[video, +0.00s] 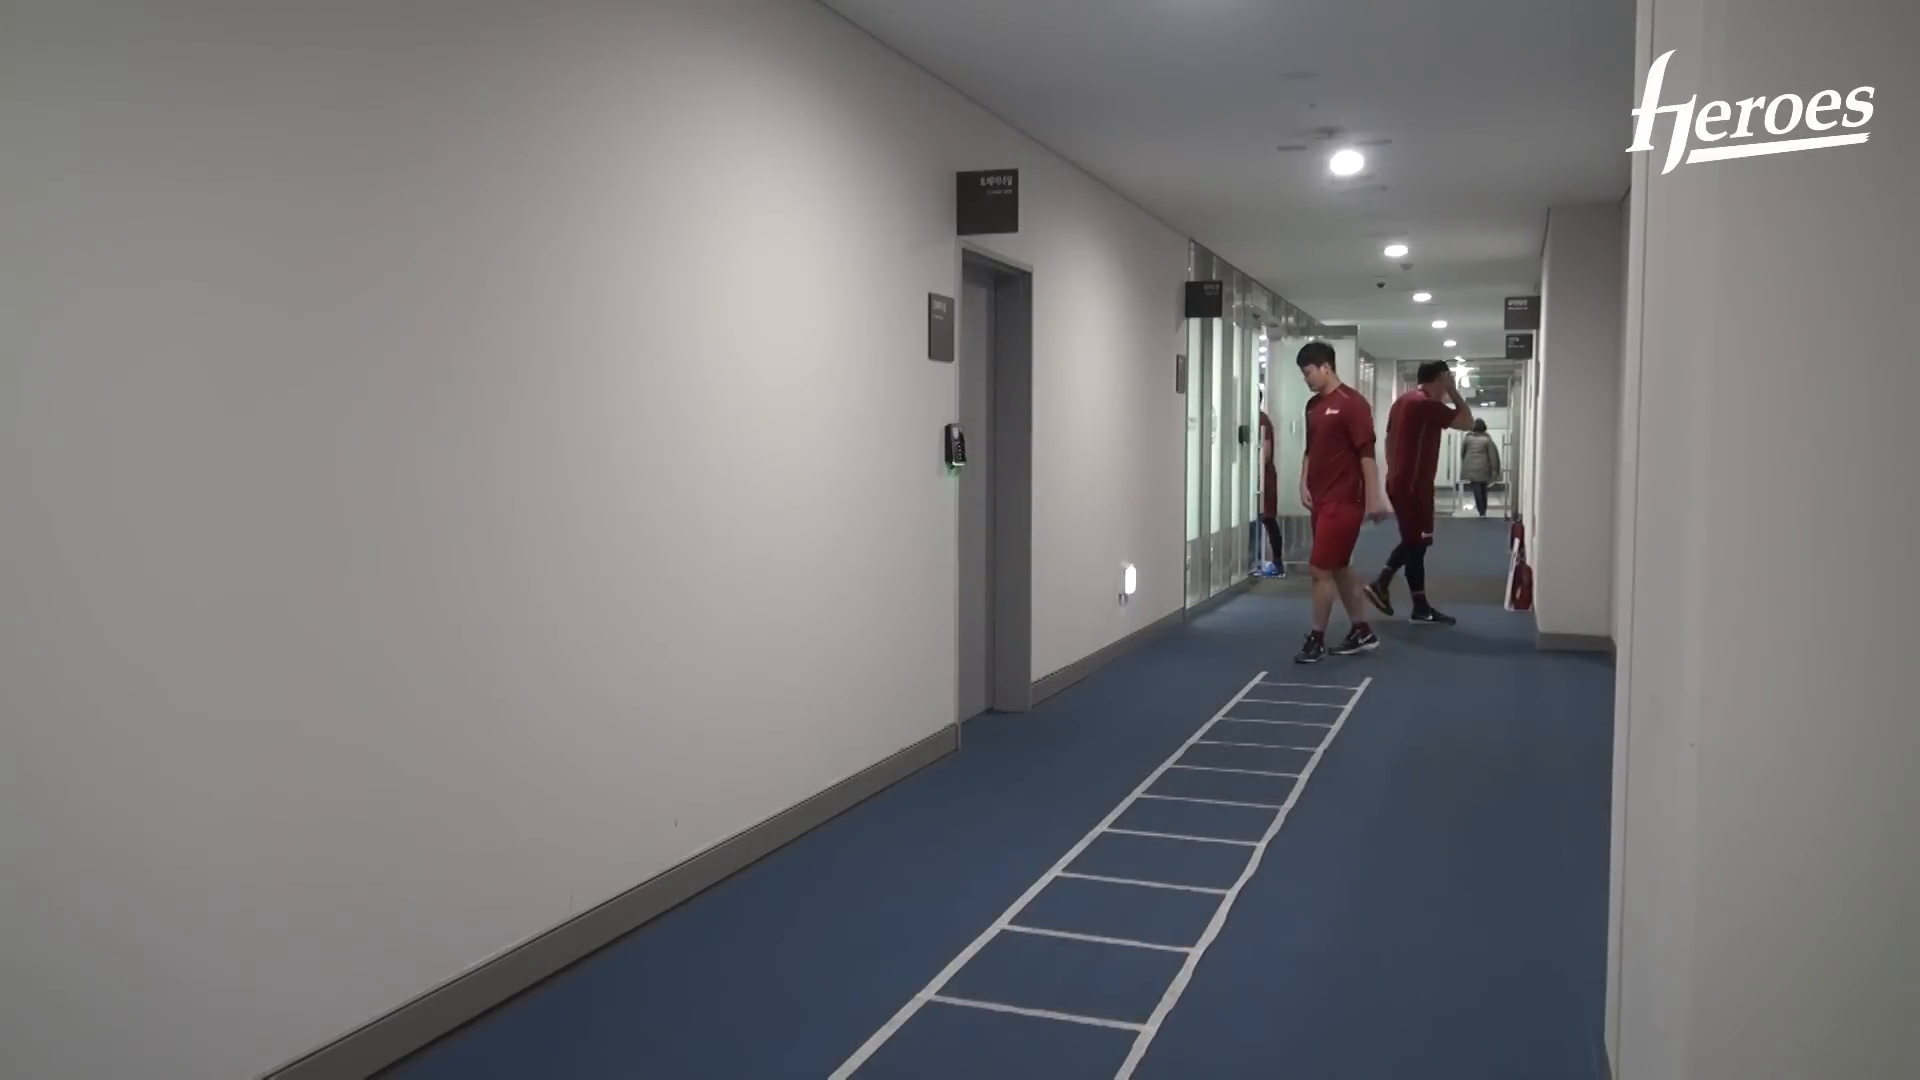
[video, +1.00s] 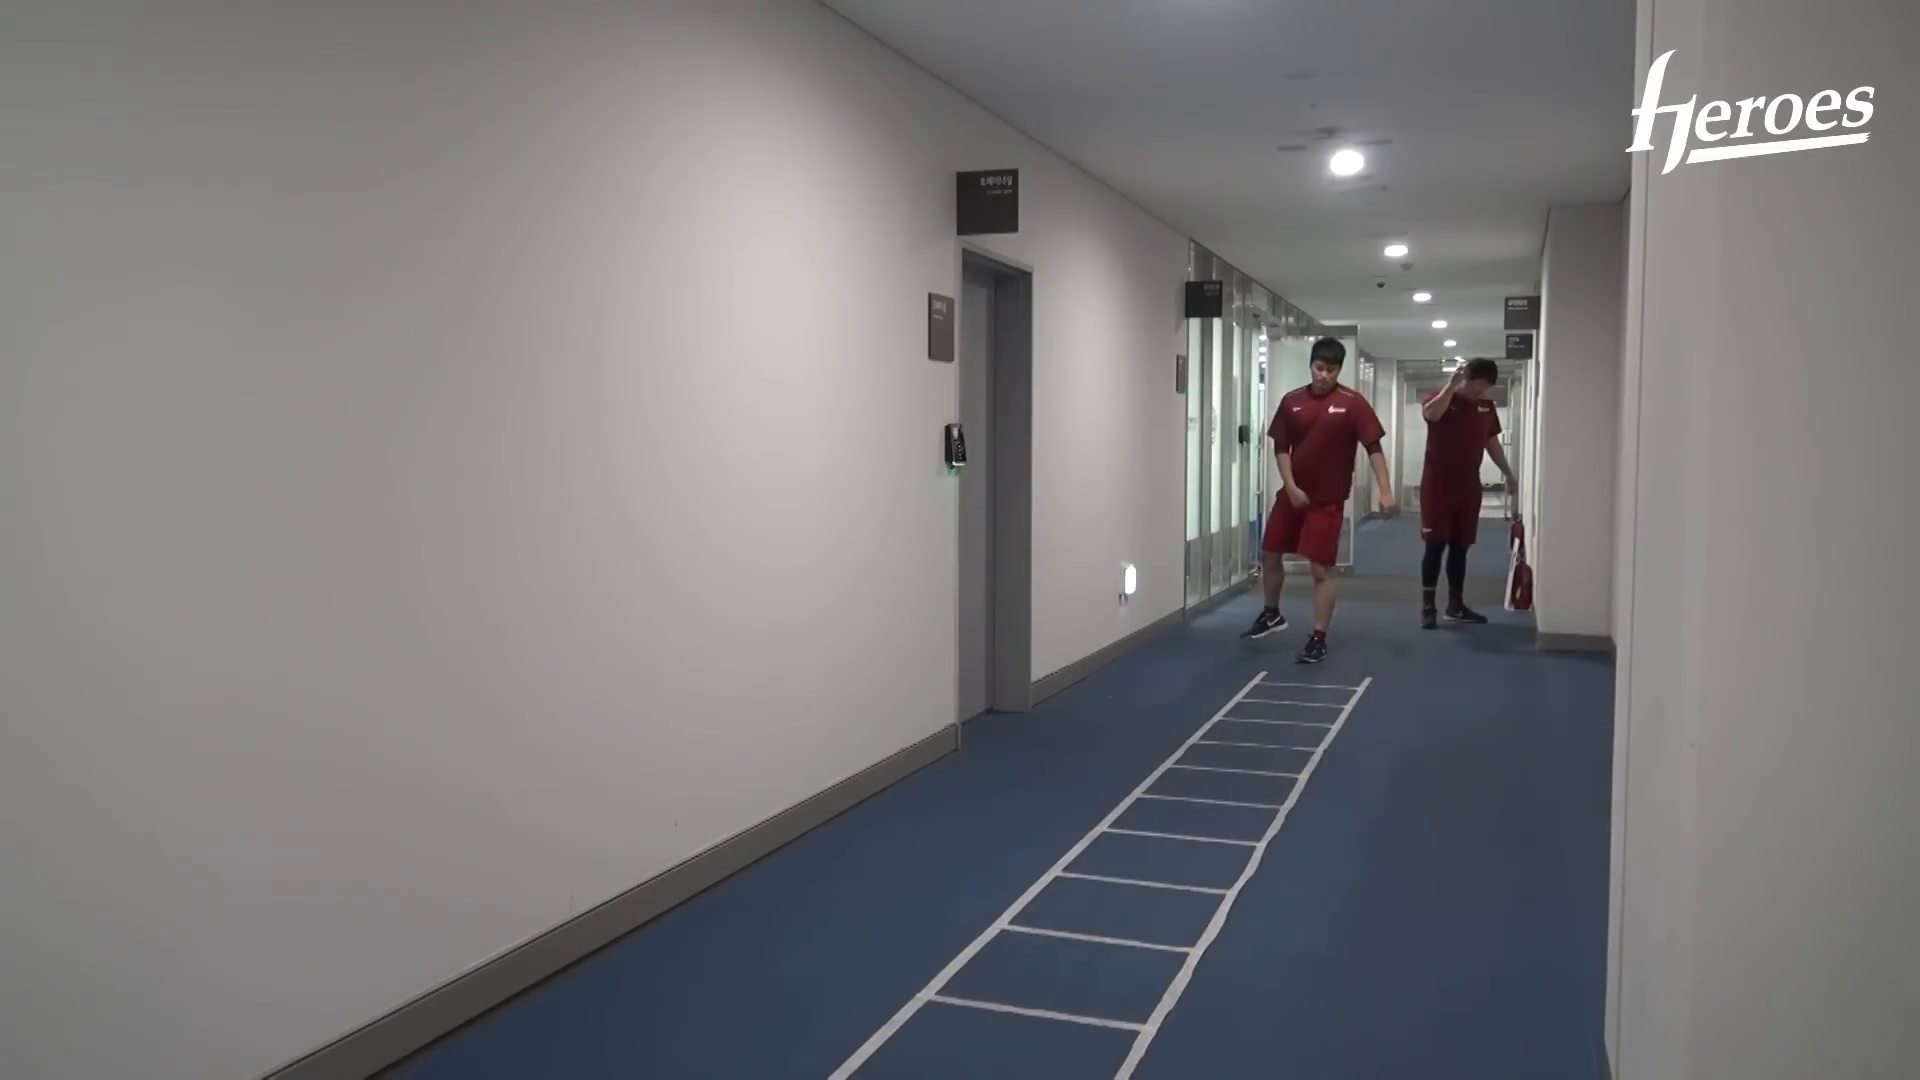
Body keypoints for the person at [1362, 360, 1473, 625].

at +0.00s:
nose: (1449, 387)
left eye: (1449, 382)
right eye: (1447, 382)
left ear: (1423, 381)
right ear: (1437, 381)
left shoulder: (1401, 402)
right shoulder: (1427, 405)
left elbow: (1390, 441)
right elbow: (1466, 420)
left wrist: (1393, 472)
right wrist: (1451, 391)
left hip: (1398, 482)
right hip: (1415, 484)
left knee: (1413, 541)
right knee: (1417, 543)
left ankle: (1380, 584)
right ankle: (1421, 607)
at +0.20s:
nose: (1463, 388)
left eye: (1463, 383)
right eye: (1462, 382)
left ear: (1442, 378)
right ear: (1453, 378)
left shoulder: (1432, 400)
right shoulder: (1430, 403)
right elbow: (1474, 421)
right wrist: (1463, 390)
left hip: (1430, 484)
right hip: (1419, 486)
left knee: (1433, 542)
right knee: (1421, 544)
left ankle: (1434, 599)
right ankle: (1421, 605)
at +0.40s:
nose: (1472, 391)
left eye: (1474, 386)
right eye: (1473, 385)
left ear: (1458, 377)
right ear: (1463, 378)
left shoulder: (1448, 403)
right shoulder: (1434, 403)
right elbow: (1470, 419)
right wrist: (1468, 392)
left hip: (1449, 486)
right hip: (1429, 486)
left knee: (1448, 546)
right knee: (1425, 544)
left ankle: (1454, 604)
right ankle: (1420, 606)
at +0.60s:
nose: (1487, 394)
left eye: (1490, 388)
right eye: (1487, 387)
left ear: (1479, 385)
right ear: (1473, 380)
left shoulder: (1471, 410)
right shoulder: (1437, 402)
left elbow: (1469, 449)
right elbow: (1457, 415)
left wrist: (1476, 479)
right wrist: (1466, 387)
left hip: (1456, 487)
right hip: (1435, 486)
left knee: (1452, 546)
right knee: (1435, 544)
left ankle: (1455, 604)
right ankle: (1422, 605)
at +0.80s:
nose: (1489, 393)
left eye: (1492, 388)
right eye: (1488, 386)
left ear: (1489, 387)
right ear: (1473, 380)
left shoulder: (1483, 408)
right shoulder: (1440, 399)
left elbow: (1489, 444)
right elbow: (1442, 415)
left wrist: (1504, 476)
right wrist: (1462, 387)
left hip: (1464, 484)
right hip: (1436, 482)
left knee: (1456, 544)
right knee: (1437, 539)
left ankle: (1455, 604)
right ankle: (1425, 601)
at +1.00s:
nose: (1484, 392)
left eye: (1487, 388)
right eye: (1482, 386)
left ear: (1487, 386)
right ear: (1469, 378)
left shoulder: (1485, 406)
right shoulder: (1437, 397)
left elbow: (1492, 444)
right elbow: (1432, 415)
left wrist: (1508, 473)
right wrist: (1452, 387)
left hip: (1468, 486)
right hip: (1437, 485)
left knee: (1460, 547)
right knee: (1435, 545)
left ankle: (1455, 605)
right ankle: (1429, 607)